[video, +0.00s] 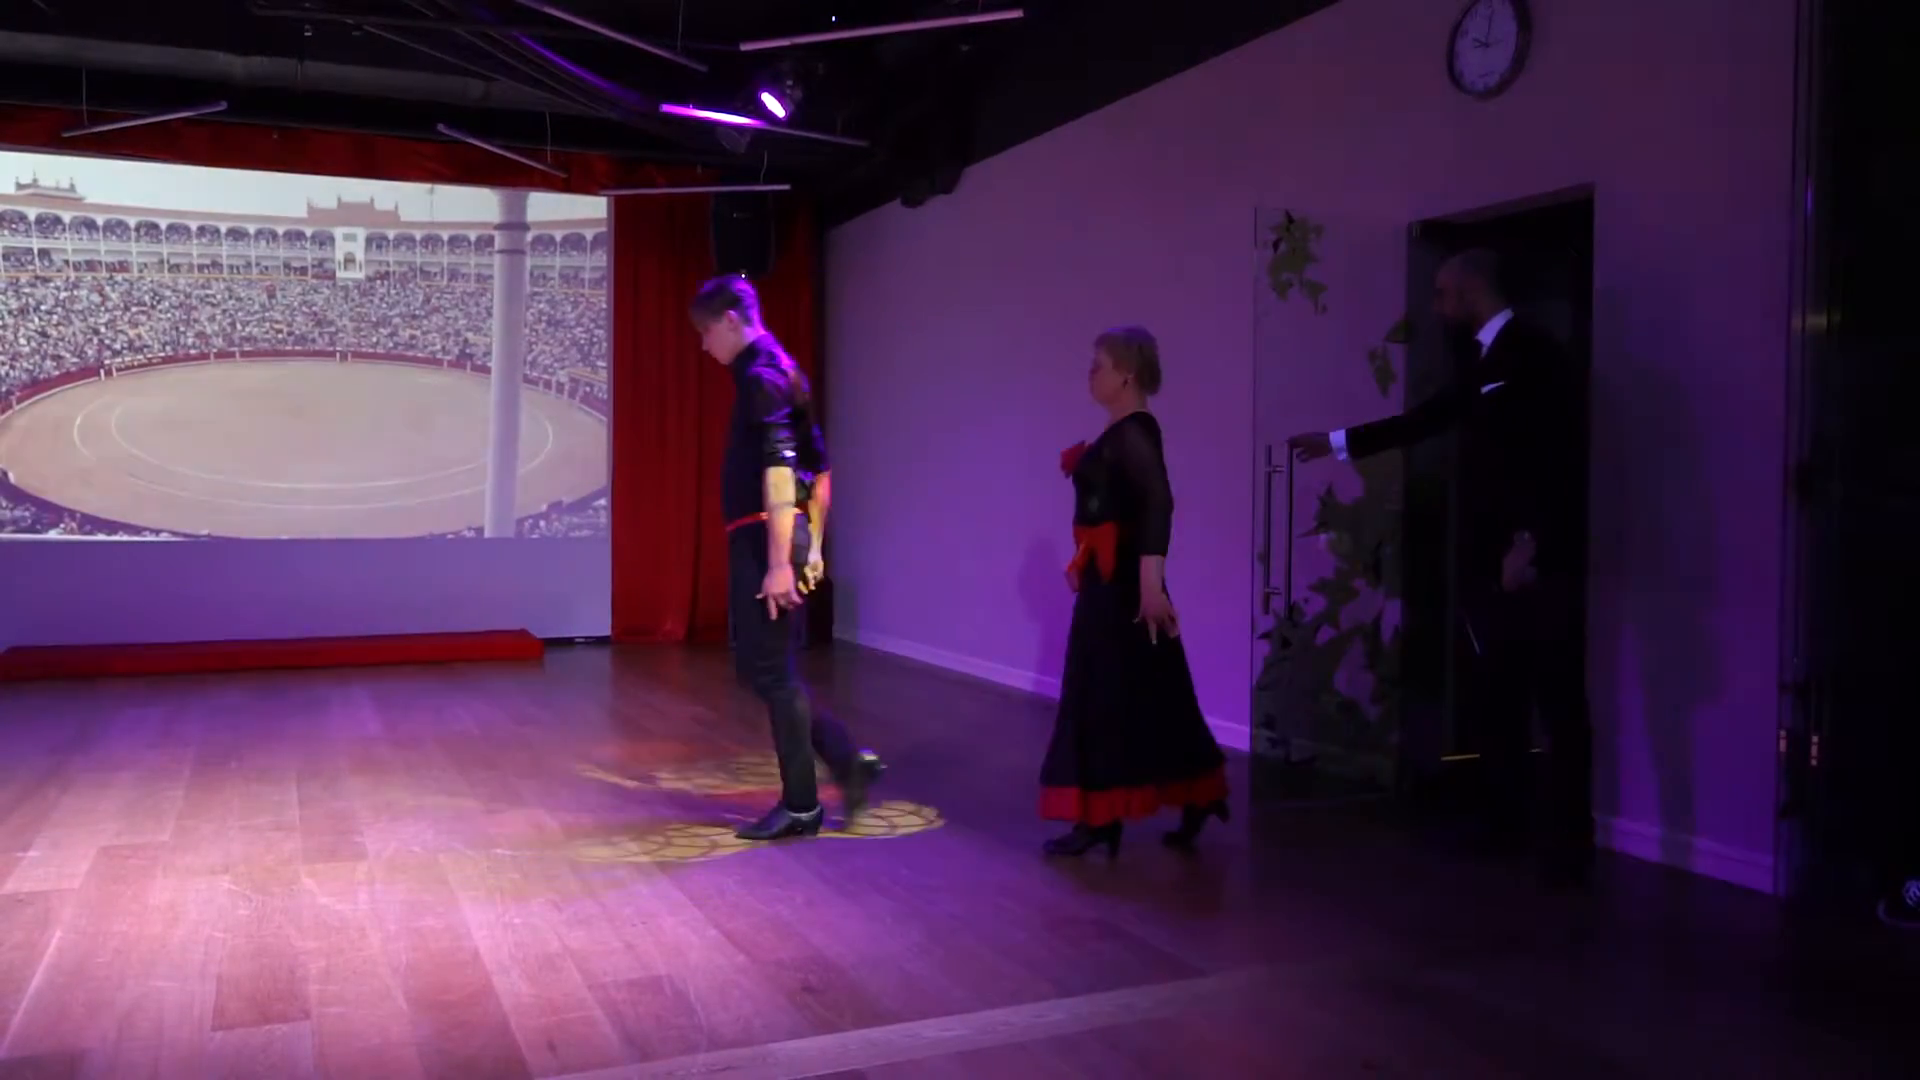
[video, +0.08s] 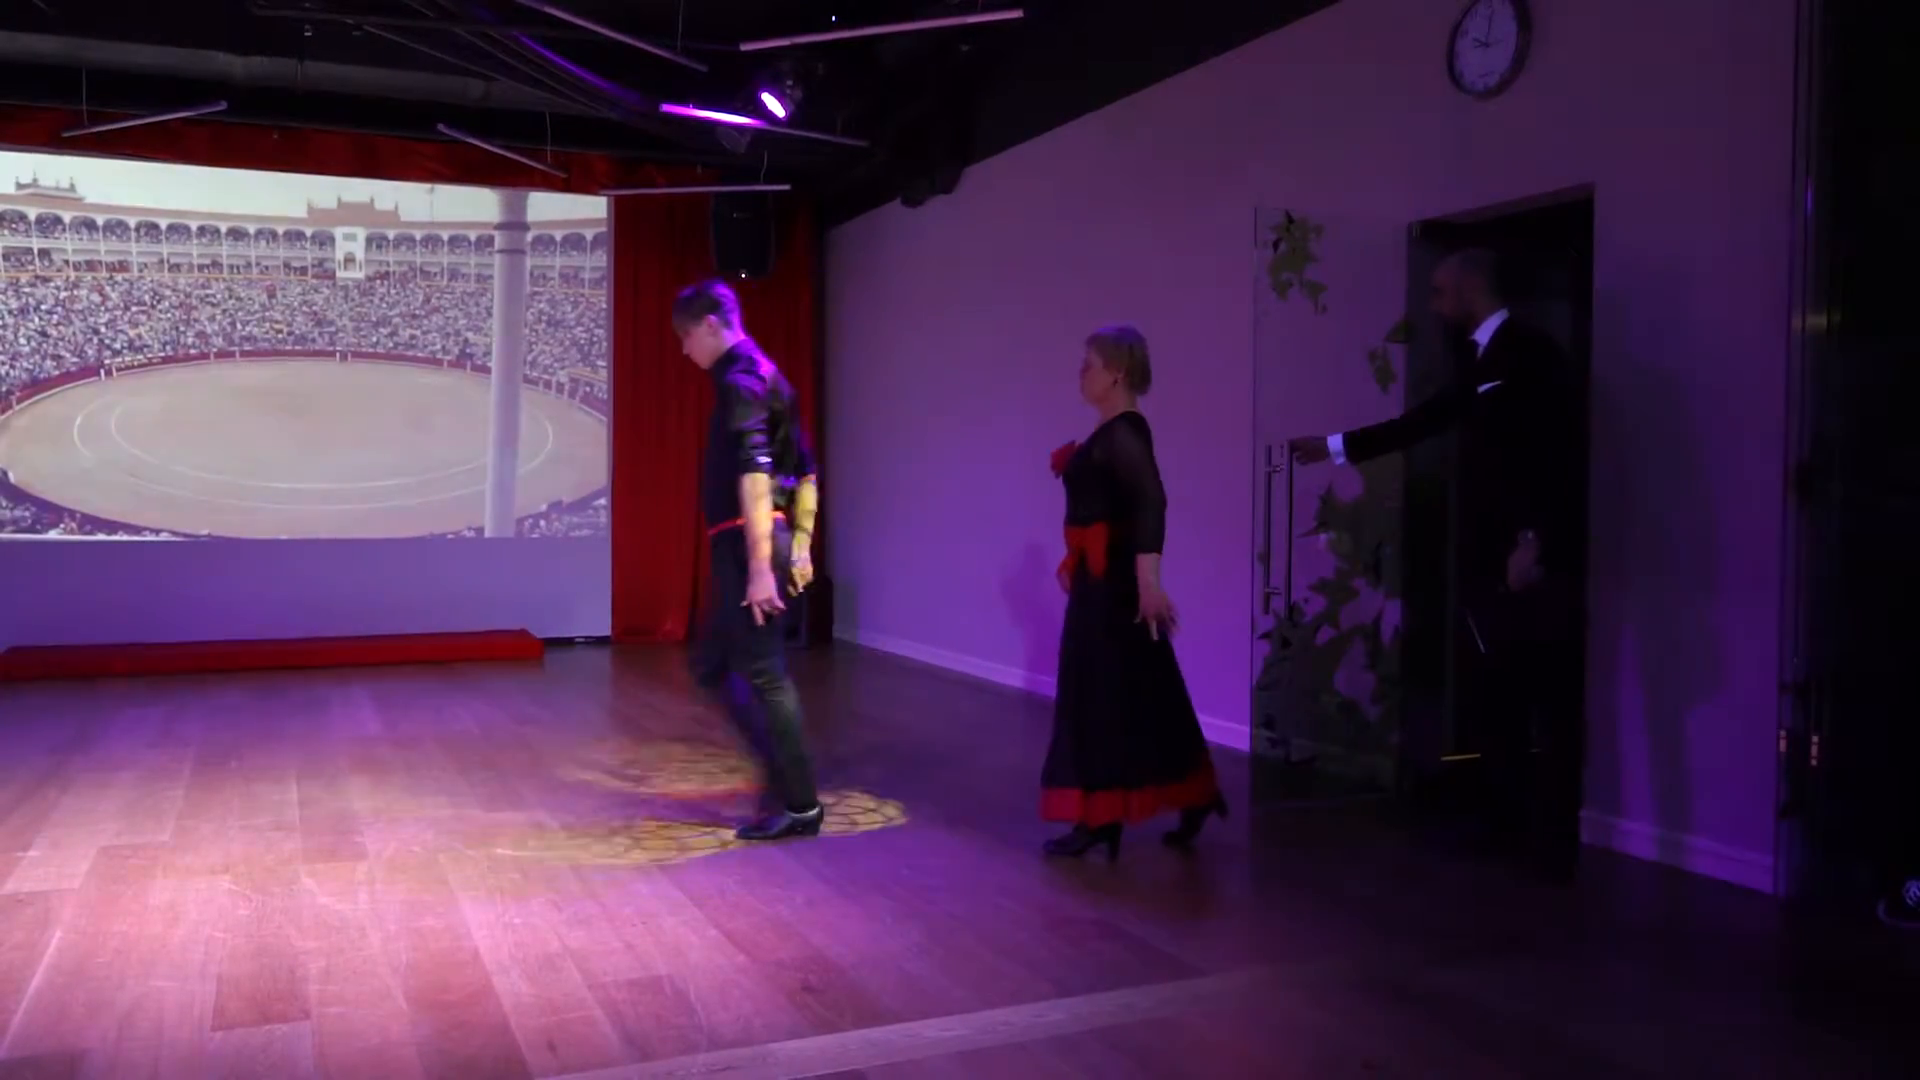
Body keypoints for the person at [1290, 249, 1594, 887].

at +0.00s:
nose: (1440, 304)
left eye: (1445, 291)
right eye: (1439, 293)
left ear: (1475, 288)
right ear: (1468, 291)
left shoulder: (1534, 350)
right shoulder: (1483, 358)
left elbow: (1549, 454)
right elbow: (1424, 422)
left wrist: (1531, 536)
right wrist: (1336, 441)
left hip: (1536, 554)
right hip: (1491, 549)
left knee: (1547, 692)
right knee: (1496, 688)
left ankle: (1560, 836)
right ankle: (1503, 825)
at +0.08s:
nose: (1437, 302)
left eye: (1443, 289)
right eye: (1436, 291)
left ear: (1475, 286)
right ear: (1464, 290)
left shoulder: (1530, 350)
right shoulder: (1480, 359)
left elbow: (1547, 451)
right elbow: (1419, 426)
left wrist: (1532, 535)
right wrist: (1334, 445)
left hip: (1532, 553)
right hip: (1489, 547)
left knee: (1530, 687)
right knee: (1493, 683)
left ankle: (1533, 832)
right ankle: (1491, 819)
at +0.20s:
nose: (1433, 301)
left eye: (1440, 289)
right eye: (1432, 291)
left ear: (1474, 288)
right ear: (1459, 293)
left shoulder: (1529, 350)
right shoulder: (1473, 361)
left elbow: (1549, 452)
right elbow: (1415, 431)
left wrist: (1536, 535)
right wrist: (1331, 450)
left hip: (1533, 555)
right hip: (1490, 548)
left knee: (1533, 688)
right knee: (1496, 684)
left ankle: (1536, 833)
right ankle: (1499, 820)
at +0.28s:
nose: (1431, 302)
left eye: (1439, 289)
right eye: (1430, 291)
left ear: (1473, 288)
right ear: (1459, 293)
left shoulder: (1528, 350)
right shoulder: (1474, 360)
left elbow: (1548, 452)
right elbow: (1417, 432)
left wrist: (1536, 535)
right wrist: (1332, 449)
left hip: (1531, 555)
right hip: (1489, 548)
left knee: (1531, 689)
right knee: (1495, 685)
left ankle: (1534, 833)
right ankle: (1497, 822)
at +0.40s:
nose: (1430, 302)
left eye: (1438, 288)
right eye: (1430, 291)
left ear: (1469, 288)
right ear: (1461, 291)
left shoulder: (1524, 349)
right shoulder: (1477, 358)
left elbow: (1541, 450)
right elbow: (1421, 433)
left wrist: (1531, 534)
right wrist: (1336, 450)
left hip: (1523, 552)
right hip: (1486, 547)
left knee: (1524, 687)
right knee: (1493, 684)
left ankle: (1528, 831)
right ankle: (1495, 821)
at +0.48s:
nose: (1431, 303)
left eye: (1437, 289)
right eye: (1430, 291)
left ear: (1469, 286)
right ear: (1457, 290)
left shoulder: (1522, 349)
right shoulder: (1475, 357)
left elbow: (1538, 450)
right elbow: (1426, 438)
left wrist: (1527, 534)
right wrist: (1342, 452)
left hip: (1518, 551)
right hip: (1481, 546)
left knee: (1519, 686)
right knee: (1489, 684)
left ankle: (1523, 830)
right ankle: (1491, 821)